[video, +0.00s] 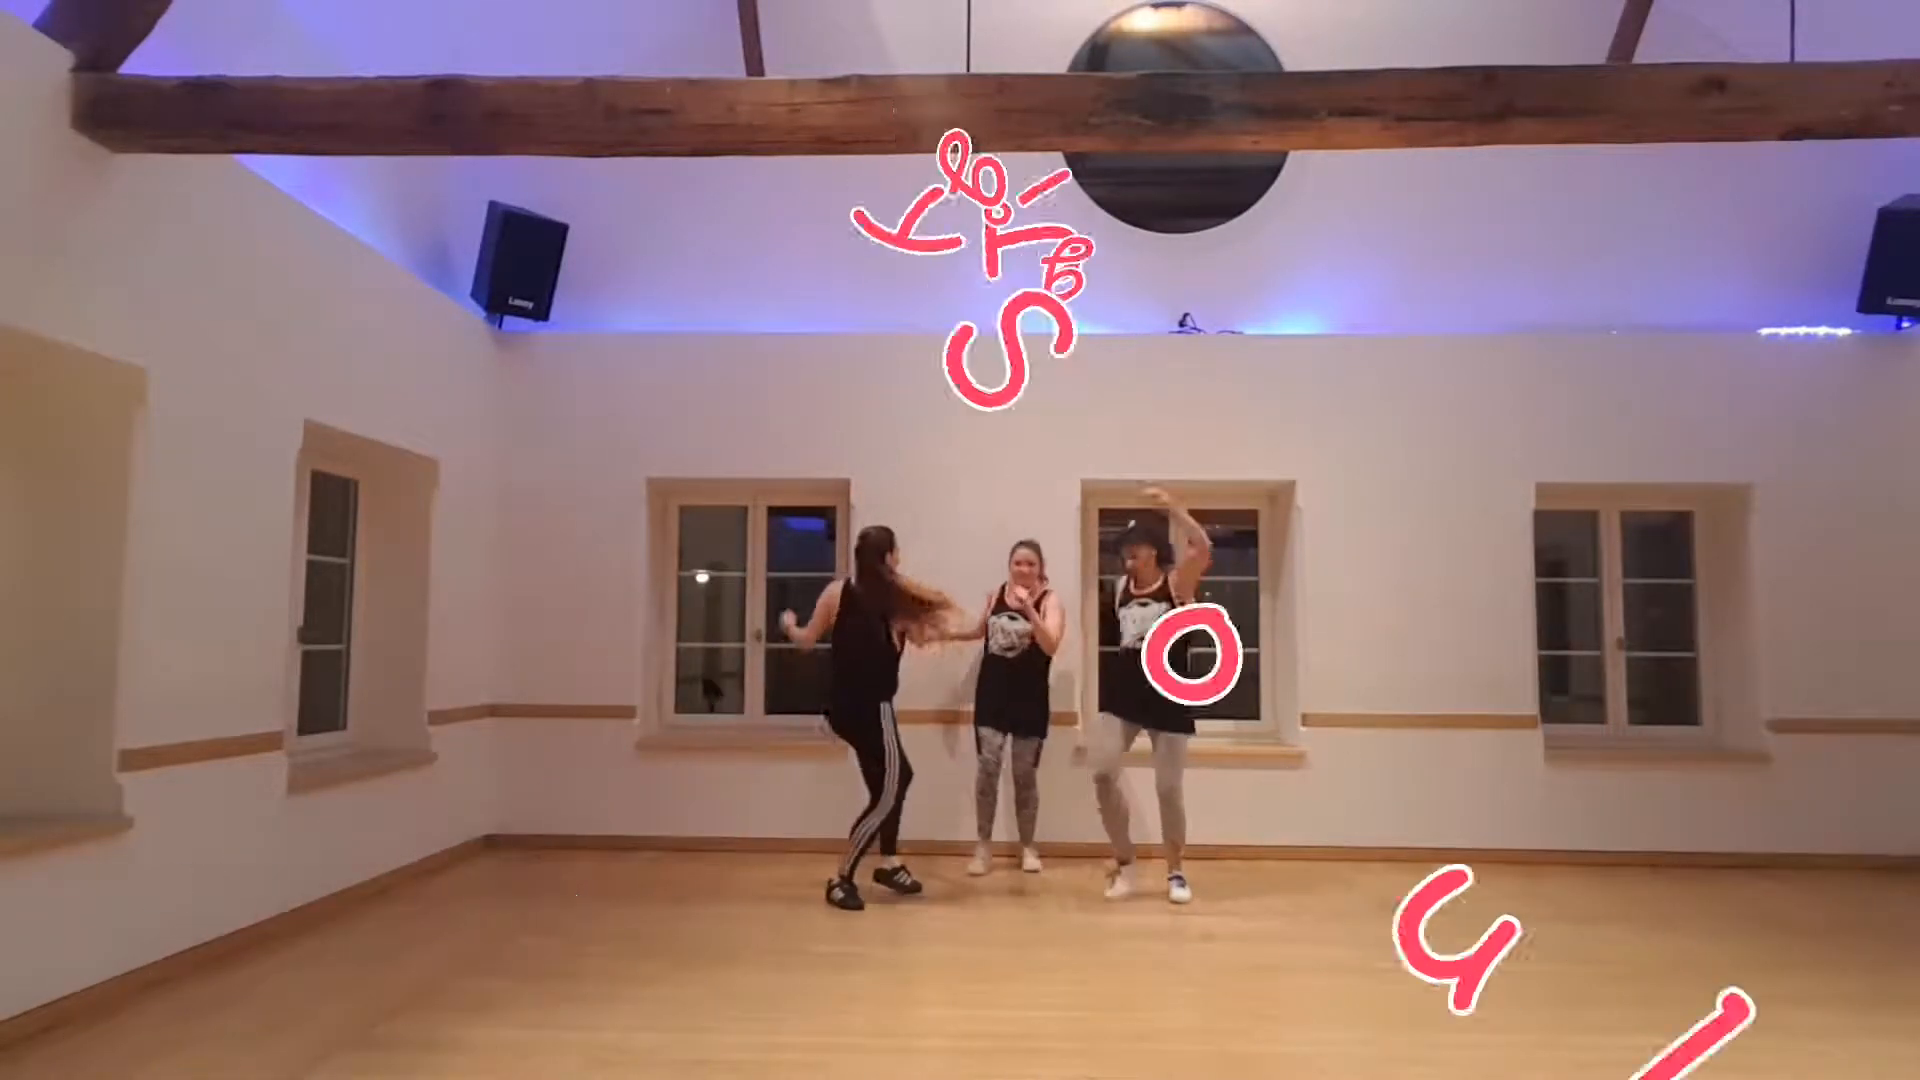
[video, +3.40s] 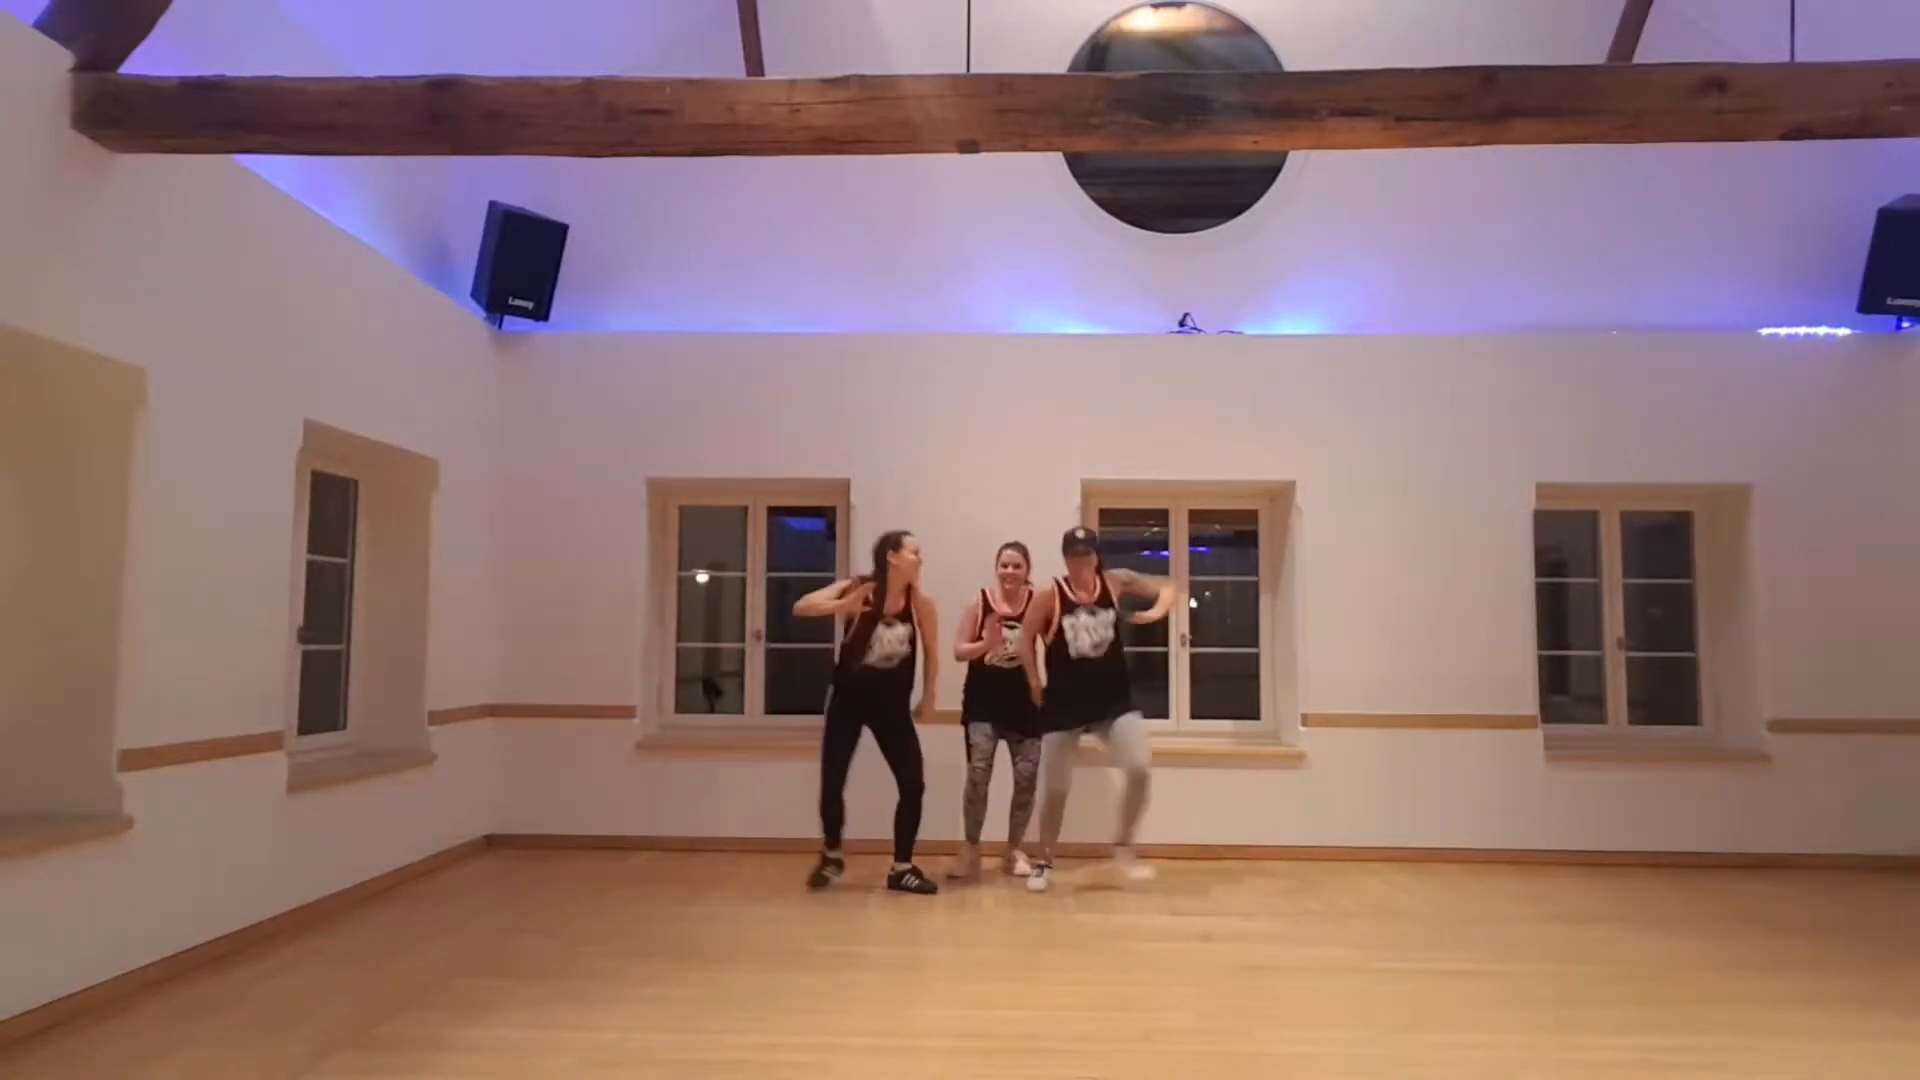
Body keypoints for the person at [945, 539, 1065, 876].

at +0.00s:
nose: (1023, 569)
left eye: (1029, 564)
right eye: (1018, 563)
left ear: (1041, 568)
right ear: (1009, 566)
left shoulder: (1049, 601)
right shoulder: (998, 596)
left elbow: (1051, 644)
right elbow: (979, 631)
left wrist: (1028, 611)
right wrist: (941, 634)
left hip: (1030, 696)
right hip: (992, 693)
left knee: (1023, 771)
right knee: (988, 767)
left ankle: (1028, 846)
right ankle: (983, 844)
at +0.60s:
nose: (989, 561)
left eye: (997, 557)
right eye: (984, 555)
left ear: (1008, 565)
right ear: (976, 562)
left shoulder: (1014, 590)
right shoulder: (968, 597)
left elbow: (1019, 616)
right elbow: (946, 635)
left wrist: (1005, 637)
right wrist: (921, 644)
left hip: (1001, 690)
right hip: (961, 690)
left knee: (1028, 762)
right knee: (952, 767)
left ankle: (1033, 842)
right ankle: (948, 844)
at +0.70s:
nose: (981, 566)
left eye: (987, 562)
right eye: (976, 561)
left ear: (996, 570)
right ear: (966, 567)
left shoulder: (1005, 602)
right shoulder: (953, 606)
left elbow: (1017, 643)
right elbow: (931, 647)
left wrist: (1014, 682)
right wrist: (904, 667)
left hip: (992, 701)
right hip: (952, 701)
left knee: (1023, 771)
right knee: (946, 776)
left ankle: (1033, 844)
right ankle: (949, 847)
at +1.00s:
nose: (969, 560)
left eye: (972, 554)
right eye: (961, 555)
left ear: (977, 560)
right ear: (944, 563)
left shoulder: (990, 597)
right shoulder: (931, 605)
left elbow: (1011, 644)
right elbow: (926, 658)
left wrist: (1030, 680)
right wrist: (941, 699)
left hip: (987, 694)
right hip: (947, 696)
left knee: (995, 769)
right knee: (948, 775)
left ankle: (1002, 844)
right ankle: (949, 845)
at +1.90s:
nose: (980, 567)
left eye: (986, 560)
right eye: (975, 563)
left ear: (1002, 567)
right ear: (971, 572)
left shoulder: (1018, 601)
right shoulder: (970, 613)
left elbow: (1035, 648)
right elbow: (967, 669)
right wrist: (986, 719)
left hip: (1023, 693)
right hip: (989, 700)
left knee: (1030, 773)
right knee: (999, 777)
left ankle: (1015, 849)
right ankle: (957, 844)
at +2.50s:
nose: (1030, 566)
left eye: (1036, 562)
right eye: (1024, 560)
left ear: (1044, 570)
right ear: (1012, 567)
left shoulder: (1050, 606)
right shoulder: (990, 597)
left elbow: (1053, 660)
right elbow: (966, 637)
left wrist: (1036, 706)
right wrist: (962, 682)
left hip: (1031, 702)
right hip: (990, 699)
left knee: (1027, 777)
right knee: (989, 775)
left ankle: (1021, 850)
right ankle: (987, 845)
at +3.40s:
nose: (1010, 572)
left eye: (1016, 566)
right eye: (1004, 565)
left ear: (1028, 570)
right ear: (996, 569)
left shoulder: (1037, 603)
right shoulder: (981, 603)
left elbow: (1050, 642)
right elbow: (960, 650)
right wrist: (986, 644)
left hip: (1024, 694)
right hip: (984, 695)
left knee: (1028, 774)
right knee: (978, 773)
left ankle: (1016, 849)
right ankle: (970, 851)